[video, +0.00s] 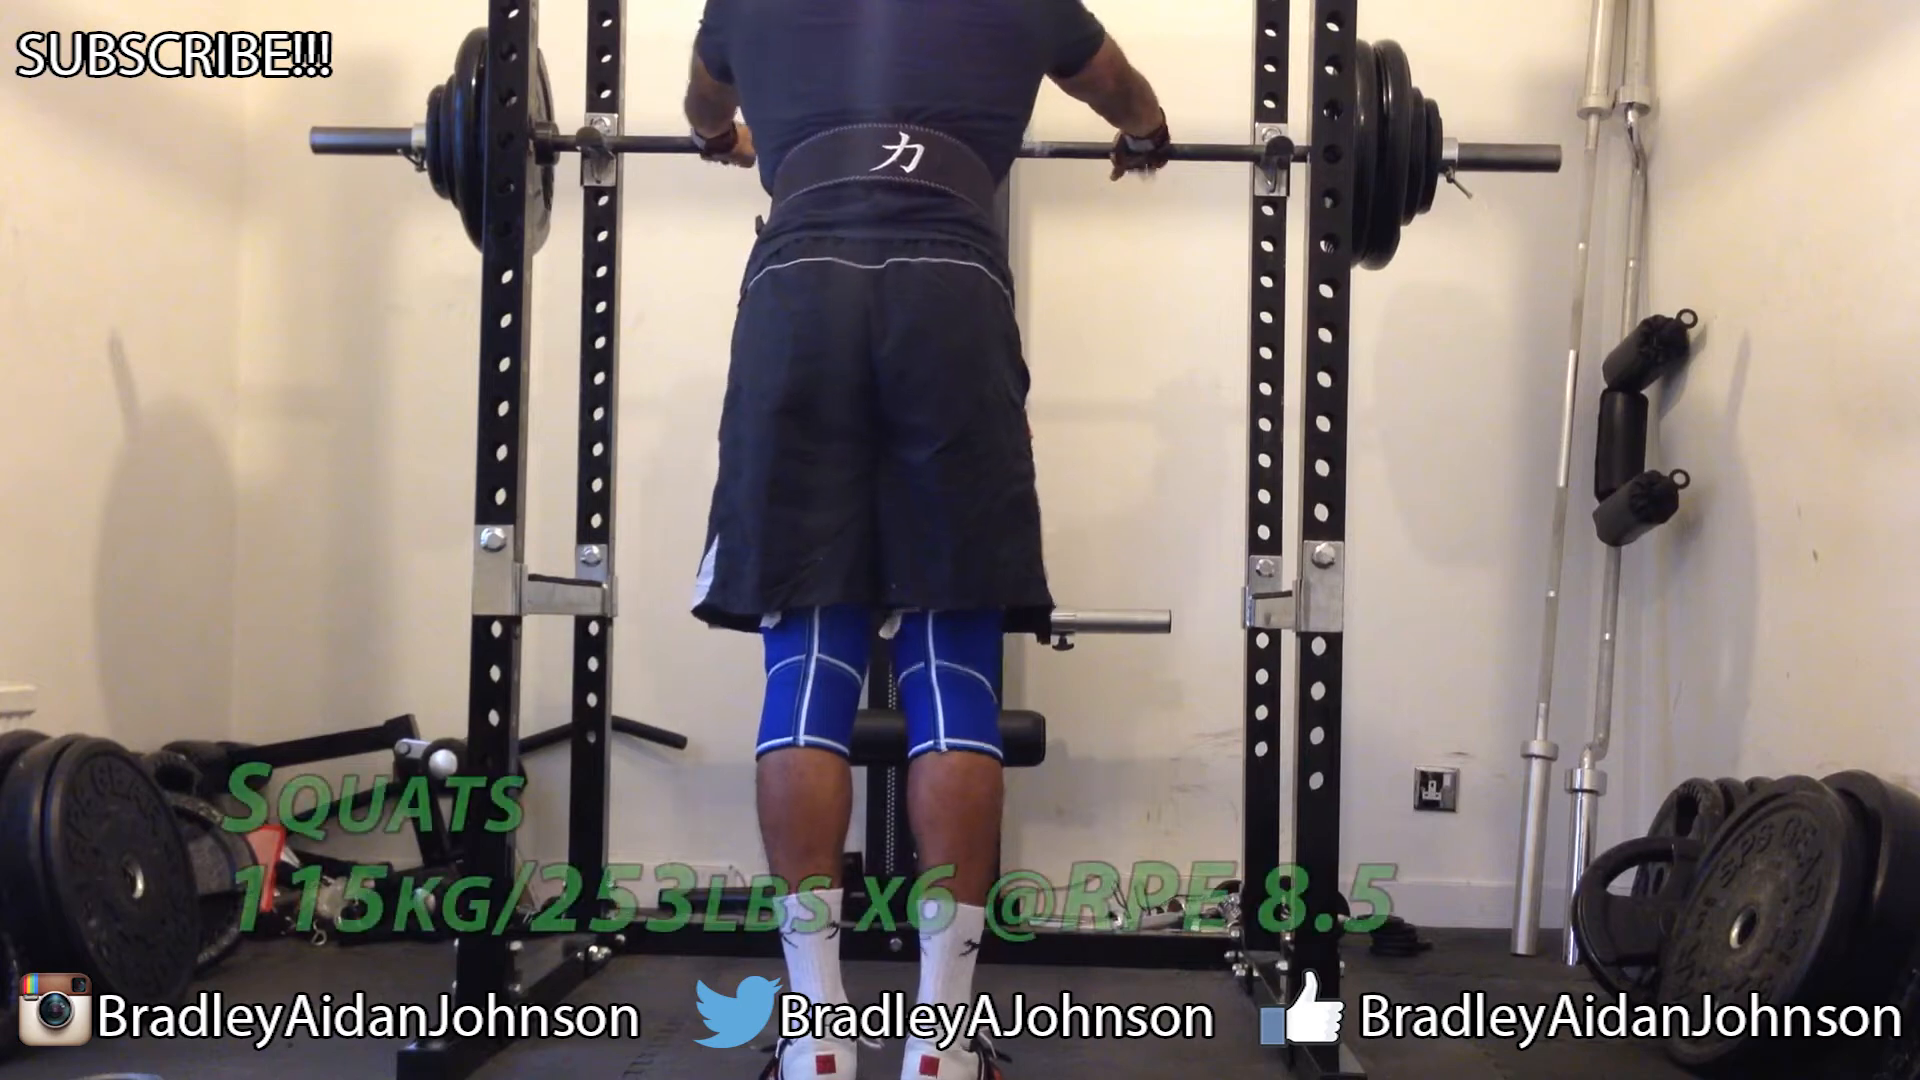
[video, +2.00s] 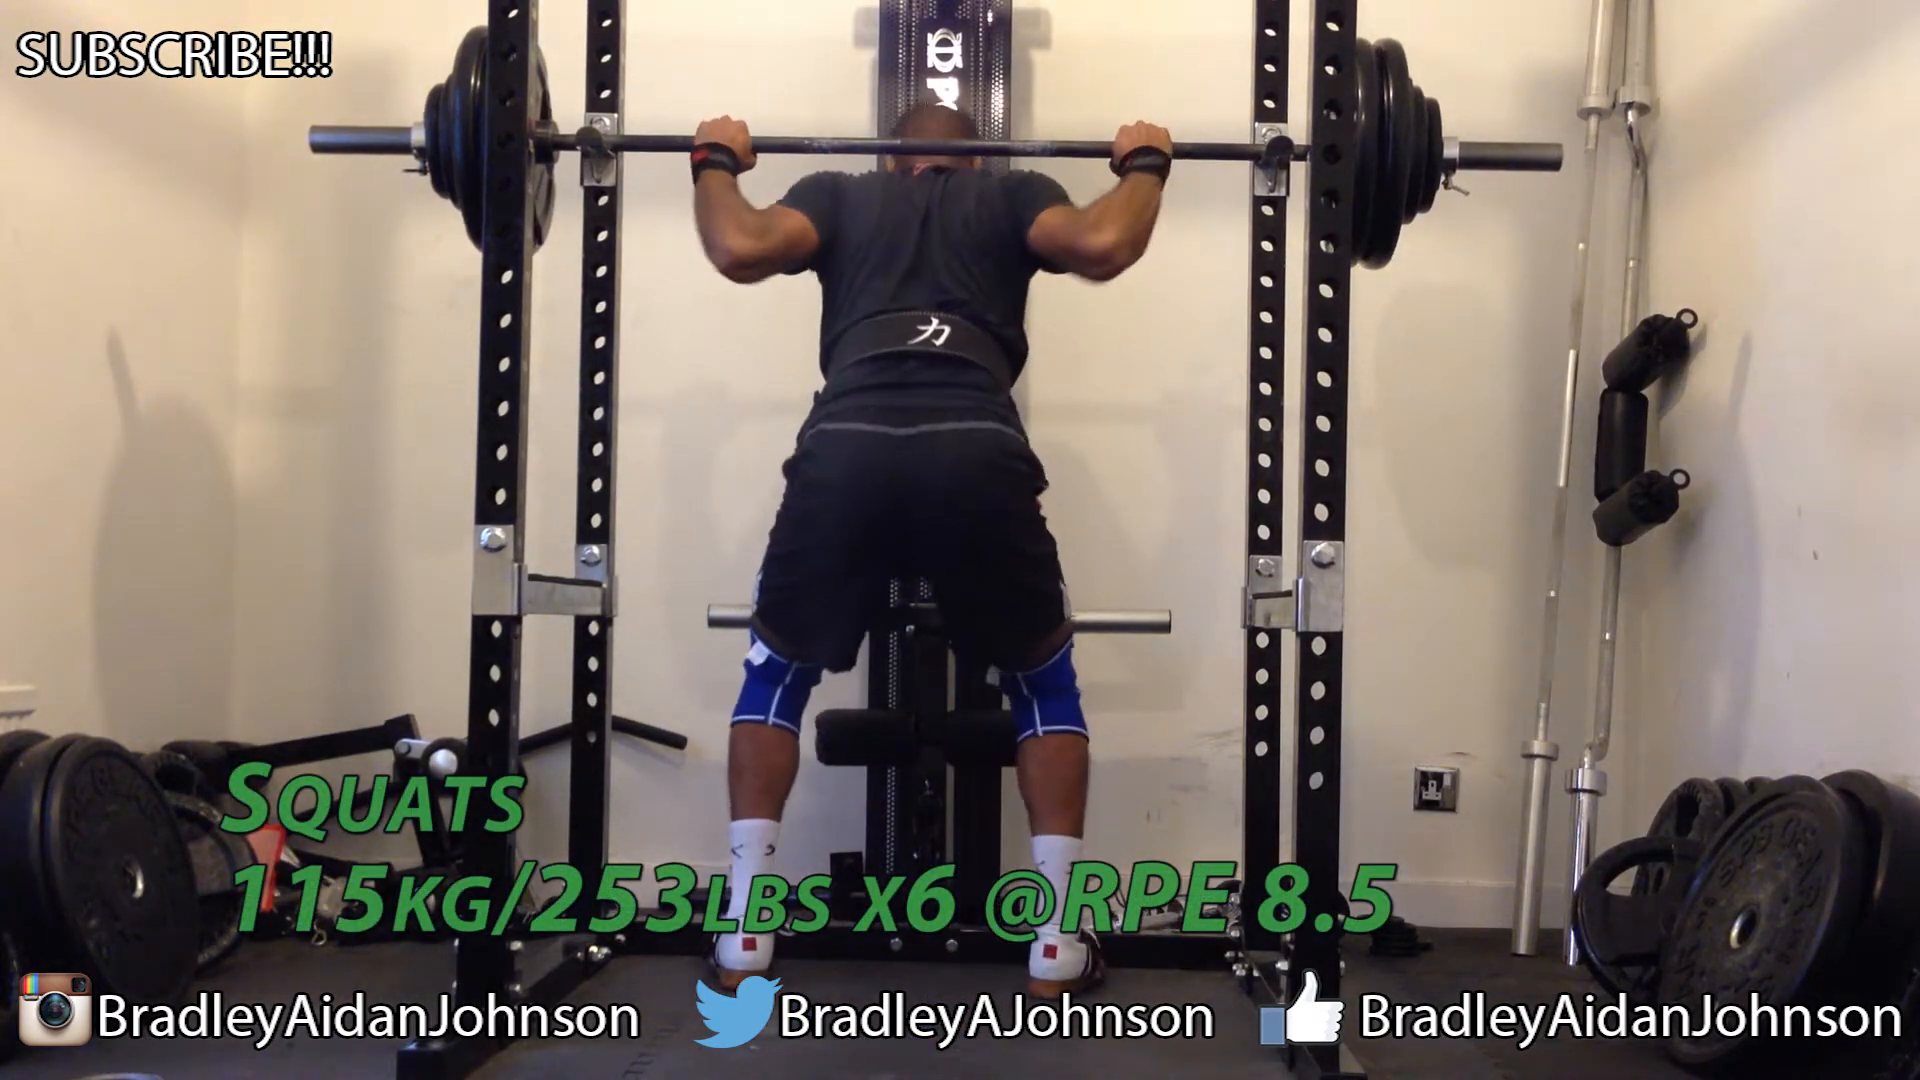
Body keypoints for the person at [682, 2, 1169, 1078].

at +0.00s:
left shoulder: (748, 8)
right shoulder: (1019, 5)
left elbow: (710, 103)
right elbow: (1117, 86)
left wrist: (719, 130)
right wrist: (1146, 125)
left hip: (796, 298)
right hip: (949, 297)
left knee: (806, 648)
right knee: (954, 654)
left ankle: (818, 1025)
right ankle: (943, 1027)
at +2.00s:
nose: (938, 163)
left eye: (919, 150)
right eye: (957, 152)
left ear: (888, 157)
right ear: (977, 158)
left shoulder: (839, 193)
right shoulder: (1010, 191)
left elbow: (738, 247)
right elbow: (1102, 246)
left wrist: (712, 163)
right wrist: (1147, 163)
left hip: (844, 454)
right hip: (976, 455)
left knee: (775, 673)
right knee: (1043, 684)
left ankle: (745, 915)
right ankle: (1057, 930)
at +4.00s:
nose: (918, 76)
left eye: (895, 62)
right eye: (954, 66)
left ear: (879, 79)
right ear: (971, 81)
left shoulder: (833, 165)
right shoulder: (1008, 163)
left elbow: (785, 269)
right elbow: (1046, 266)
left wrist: (721, 183)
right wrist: (1136, 191)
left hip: (841, 411)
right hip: (970, 412)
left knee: (781, 666)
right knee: (1033, 675)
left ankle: (745, 920)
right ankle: (1059, 929)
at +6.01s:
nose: (882, 102)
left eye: (885, 90)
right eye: (892, 90)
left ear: (891, 100)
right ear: (972, 110)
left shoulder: (838, 162)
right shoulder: (1006, 162)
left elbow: (779, 224)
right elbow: (1050, 216)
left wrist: (723, 160)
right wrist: (1133, 162)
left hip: (849, 426)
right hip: (978, 428)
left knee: (773, 672)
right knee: (1039, 682)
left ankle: (745, 918)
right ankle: (1061, 929)